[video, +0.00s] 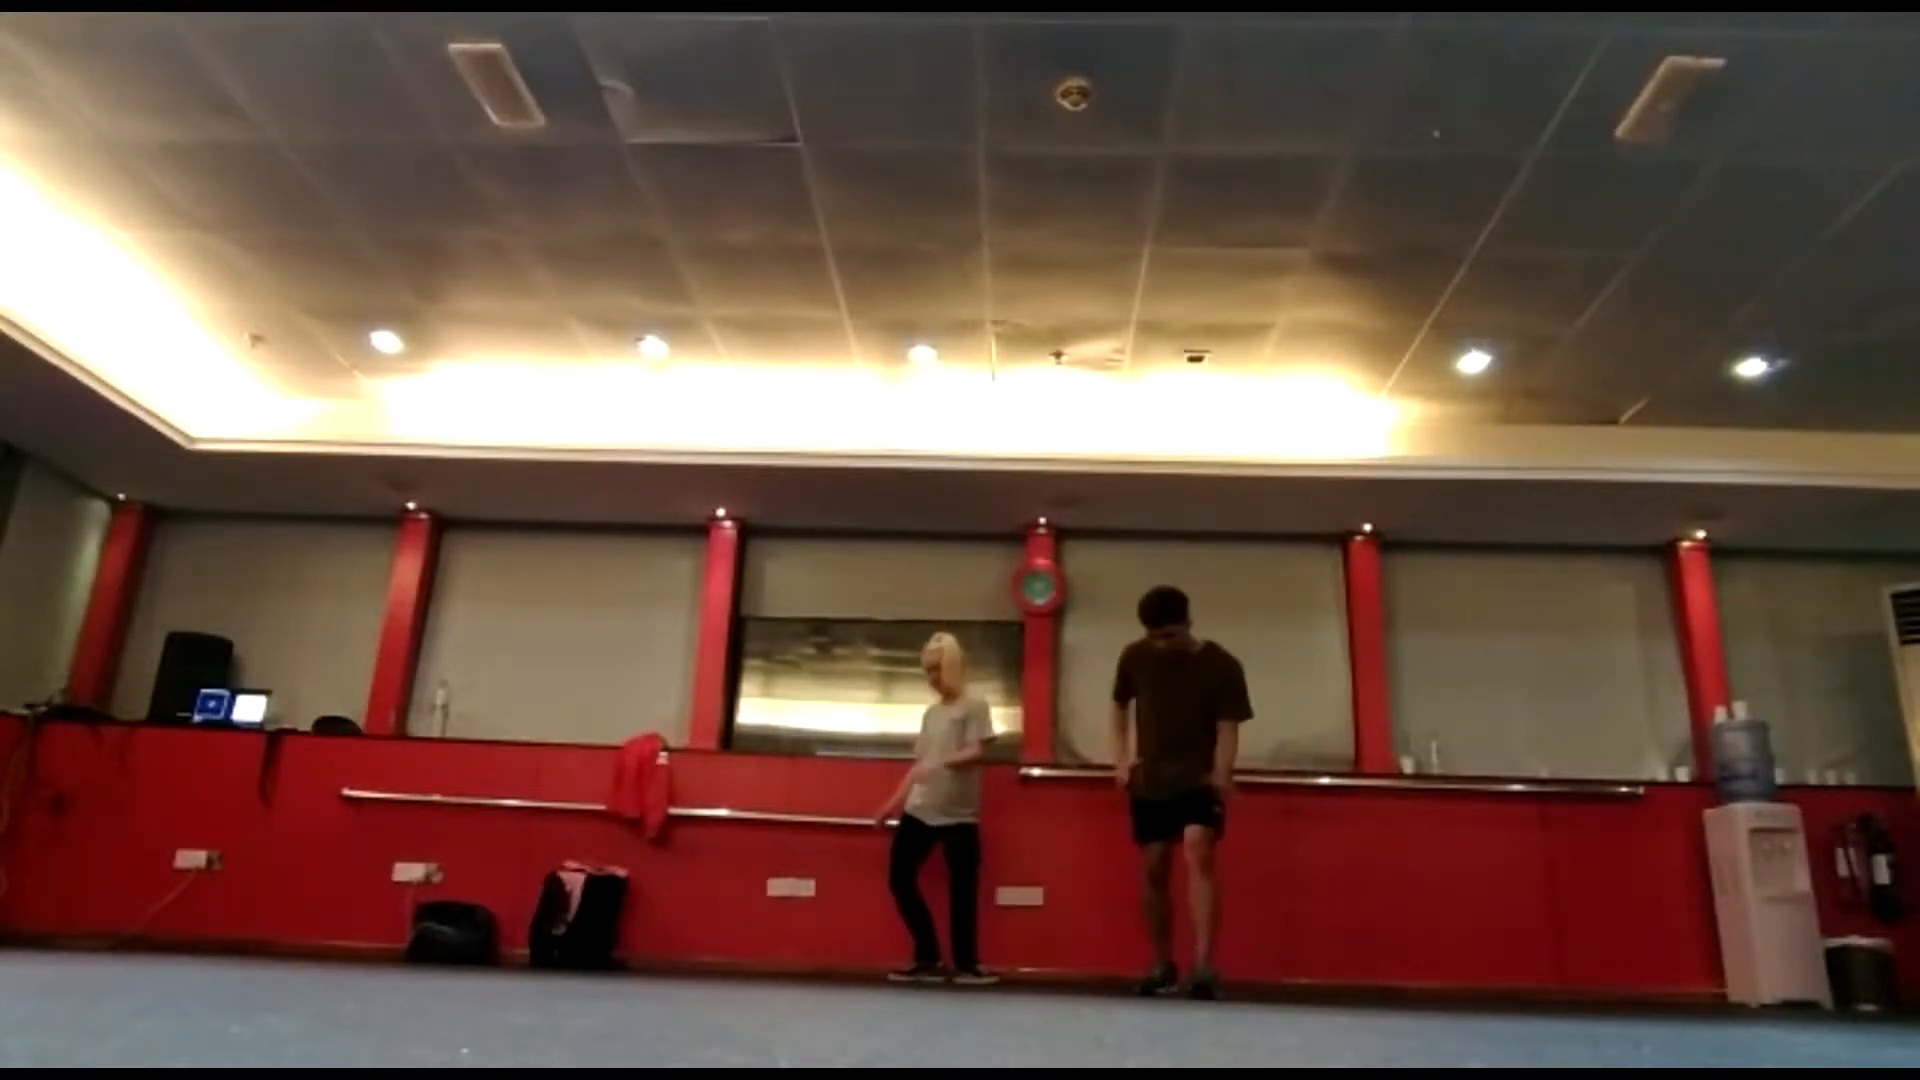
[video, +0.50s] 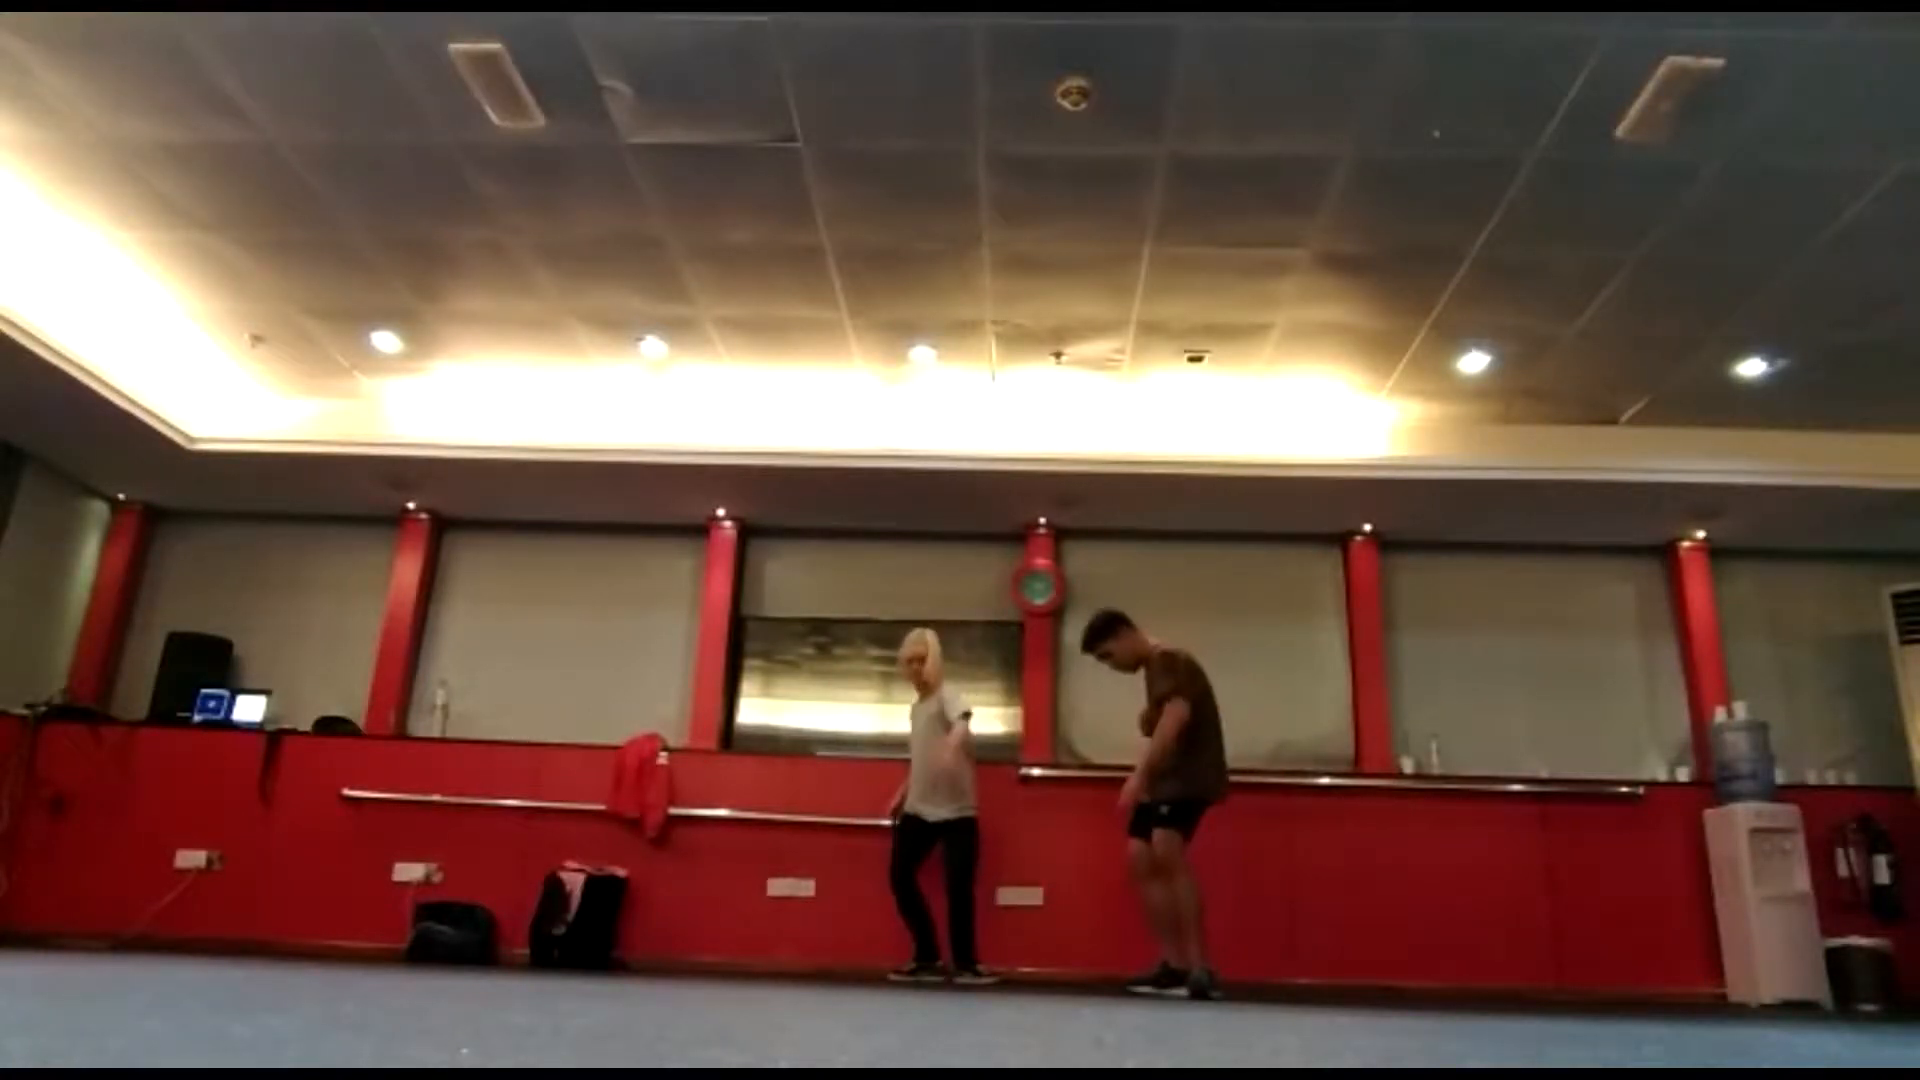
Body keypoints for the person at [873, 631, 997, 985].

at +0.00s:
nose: (930, 677)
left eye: (936, 669)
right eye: (927, 670)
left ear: (954, 667)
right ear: (926, 671)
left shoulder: (974, 707)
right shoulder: (931, 713)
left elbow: (978, 751)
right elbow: (919, 766)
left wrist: (939, 765)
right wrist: (892, 804)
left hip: (959, 817)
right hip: (921, 813)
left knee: (963, 893)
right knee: (901, 879)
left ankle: (964, 963)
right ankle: (927, 958)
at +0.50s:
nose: (914, 670)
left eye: (920, 661)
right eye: (908, 663)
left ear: (935, 661)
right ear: (902, 666)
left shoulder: (949, 699)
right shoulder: (918, 708)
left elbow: (963, 724)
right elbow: (920, 762)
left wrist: (950, 750)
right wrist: (900, 796)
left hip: (956, 811)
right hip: (920, 811)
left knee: (959, 890)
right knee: (901, 876)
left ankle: (964, 962)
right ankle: (926, 957)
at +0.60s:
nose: (907, 674)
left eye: (914, 666)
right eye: (902, 668)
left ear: (929, 667)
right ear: (896, 672)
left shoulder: (945, 704)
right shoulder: (909, 716)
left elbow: (975, 734)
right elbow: (915, 770)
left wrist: (1002, 755)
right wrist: (895, 806)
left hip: (955, 815)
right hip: (917, 815)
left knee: (961, 893)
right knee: (898, 880)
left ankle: (965, 963)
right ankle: (927, 958)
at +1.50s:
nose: (937, 656)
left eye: (944, 650)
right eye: (931, 649)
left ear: (953, 657)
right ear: (917, 652)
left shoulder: (952, 695)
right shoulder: (906, 696)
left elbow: (951, 745)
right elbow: (911, 751)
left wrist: (957, 789)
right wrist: (929, 794)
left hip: (954, 800)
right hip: (914, 801)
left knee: (975, 873)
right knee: (915, 883)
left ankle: (972, 955)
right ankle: (919, 958)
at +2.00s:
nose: (977, 670)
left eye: (985, 664)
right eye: (972, 662)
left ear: (995, 671)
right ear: (960, 665)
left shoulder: (995, 720)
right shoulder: (935, 700)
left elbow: (1001, 767)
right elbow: (896, 723)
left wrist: (1013, 807)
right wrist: (909, 754)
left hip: (962, 811)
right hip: (919, 806)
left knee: (990, 876)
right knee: (914, 886)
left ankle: (975, 959)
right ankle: (919, 959)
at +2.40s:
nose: (981, 679)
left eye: (988, 672)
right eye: (974, 673)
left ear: (1000, 675)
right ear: (966, 677)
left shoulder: (1008, 719)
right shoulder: (959, 709)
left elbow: (998, 775)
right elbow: (948, 756)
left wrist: (983, 821)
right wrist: (933, 797)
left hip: (976, 817)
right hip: (938, 810)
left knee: (992, 884)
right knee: (911, 873)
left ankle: (977, 960)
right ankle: (916, 958)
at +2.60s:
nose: (964, 668)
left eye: (970, 660)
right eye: (958, 662)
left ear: (985, 662)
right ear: (951, 668)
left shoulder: (998, 708)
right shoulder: (959, 702)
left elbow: (993, 756)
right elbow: (958, 745)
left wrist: (947, 777)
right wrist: (948, 766)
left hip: (985, 811)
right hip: (949, 803)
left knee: (991, 883)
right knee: (913, 862)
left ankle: (977, 958)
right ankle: (911, 946)